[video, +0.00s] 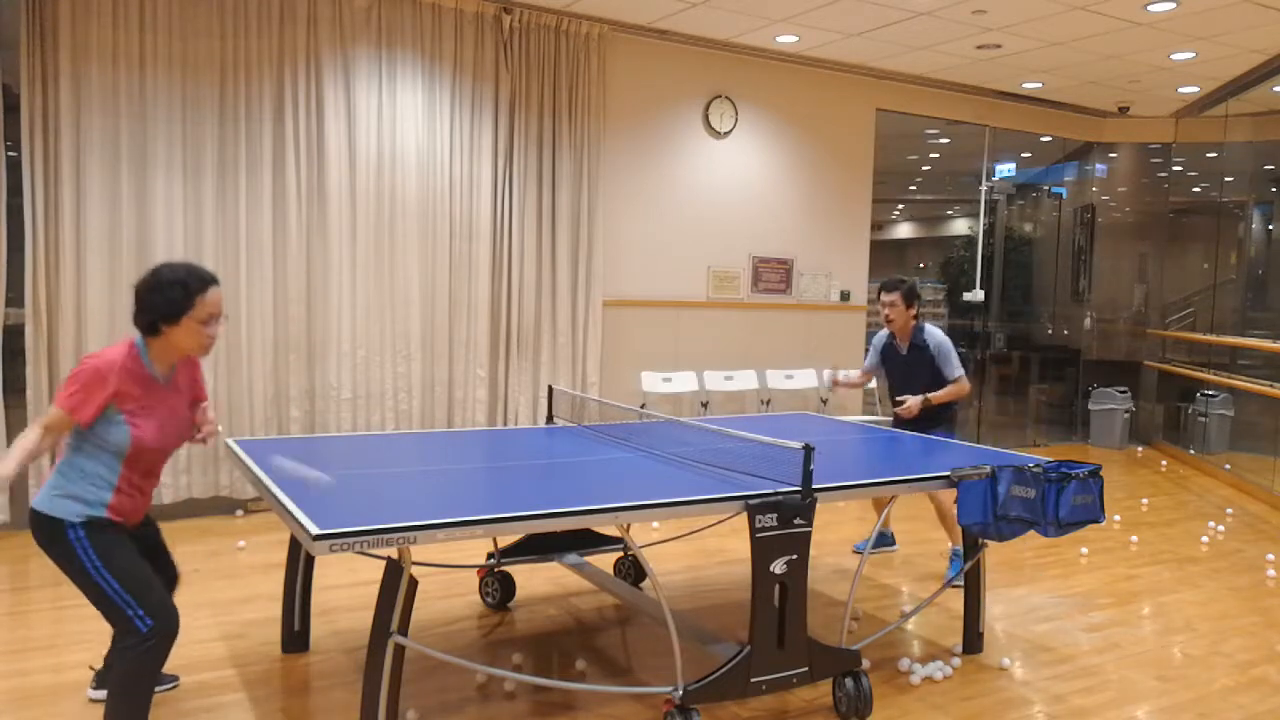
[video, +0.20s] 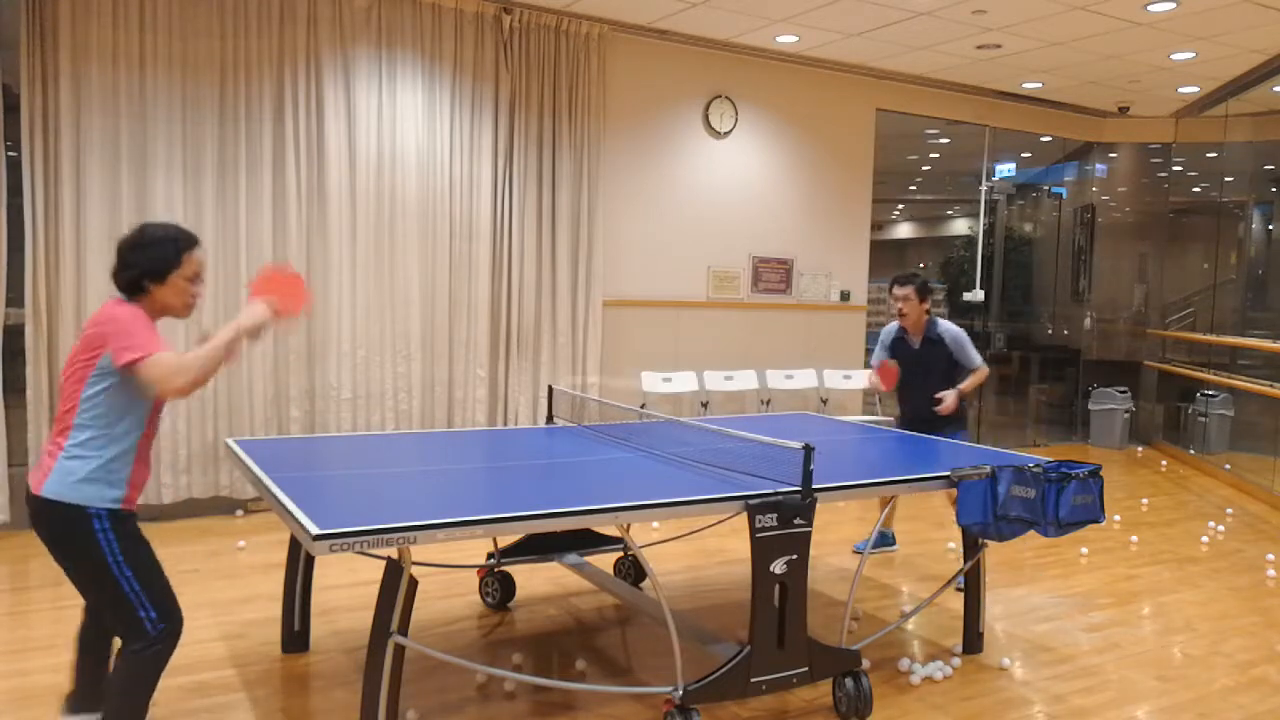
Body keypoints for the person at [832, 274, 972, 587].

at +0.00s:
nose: (885, 312)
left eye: (892, 306)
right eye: (882, 306)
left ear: (912, 310)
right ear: (879, 308)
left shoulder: (936, 340)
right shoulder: (882, 340)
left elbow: (962, 386)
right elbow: (865, 376)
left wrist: (924, 400)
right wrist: (839, 380)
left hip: (937, 427)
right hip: (901, 425)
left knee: (937, 488)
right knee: (876, 473)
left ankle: (959, 551)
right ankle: (884, 532)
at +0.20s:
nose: (899, 306)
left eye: (906, 300)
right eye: (895, 300)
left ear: (925, 303)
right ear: (892, 303)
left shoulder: (949, 333)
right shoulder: (890, 333)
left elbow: (982, 370)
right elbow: (876, 371)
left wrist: (957, 392)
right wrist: (876, 380)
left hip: (948, 424)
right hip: (909, 422)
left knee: (954, 487)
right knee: (887, 473)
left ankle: (972, 550)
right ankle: (884, 531)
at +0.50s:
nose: (938, 318)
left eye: (944, 311)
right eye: (932, 311)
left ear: (960, 306)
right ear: (925, 308)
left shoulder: (983, 327)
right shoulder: (914, 335)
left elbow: (1005, 355)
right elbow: (897, 382)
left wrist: (1009, 373)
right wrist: (919, 401)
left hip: (972, 423)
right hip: (930, 423)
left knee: (973, 488)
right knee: (901, 475)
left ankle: (973, 562)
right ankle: (903, 534)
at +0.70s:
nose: (936, 304)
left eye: (943, 297)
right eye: (932, 297)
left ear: (962, 300)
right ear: (927, 297)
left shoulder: (984, 328)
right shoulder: (913, 331)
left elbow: (1003, 355)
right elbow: (895, 374)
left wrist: (1003, 377)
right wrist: (913, 395)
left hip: (970, 424)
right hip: (927, 424)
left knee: (972, 488)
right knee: (904, 478)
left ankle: (972, 562)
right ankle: (910, 541)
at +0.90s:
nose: (920, 302)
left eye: (928, 296)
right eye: (917, 295)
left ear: (948, 301)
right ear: (912, 297)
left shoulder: (971, 333)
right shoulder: (905, 330)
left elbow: (995, 373)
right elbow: (892, 379)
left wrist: (972, 386)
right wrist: (899, 377)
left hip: (956, 424)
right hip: (916, 422)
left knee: (958, 490)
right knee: (897, 477)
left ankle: (976, 554)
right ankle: (908, 541)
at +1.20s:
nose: (909, 309)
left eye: (916, 303)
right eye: (905, 303)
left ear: (937, 306)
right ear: (903, 305)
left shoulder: (961, 338)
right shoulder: (906, 337)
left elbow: (990, 385)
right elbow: (904, 376)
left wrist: (952, 394)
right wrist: (889, 394)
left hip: (960, 428)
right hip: (924, 424)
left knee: (959, 491)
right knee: (898, 474)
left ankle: (978, 563)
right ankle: (909, 541)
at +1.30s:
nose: (902, 306)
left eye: (909, 299)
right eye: (899, 300)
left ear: (931, 301)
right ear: (898, 303)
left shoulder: (955, 333)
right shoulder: (908, 335)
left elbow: (987, 378)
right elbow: (917, 375)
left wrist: (946, 390)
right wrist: (897, 401)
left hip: (964, 426)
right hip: (931, 423)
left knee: (961, 490)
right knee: (906, 472)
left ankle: (978, 565)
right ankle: (910, 540)